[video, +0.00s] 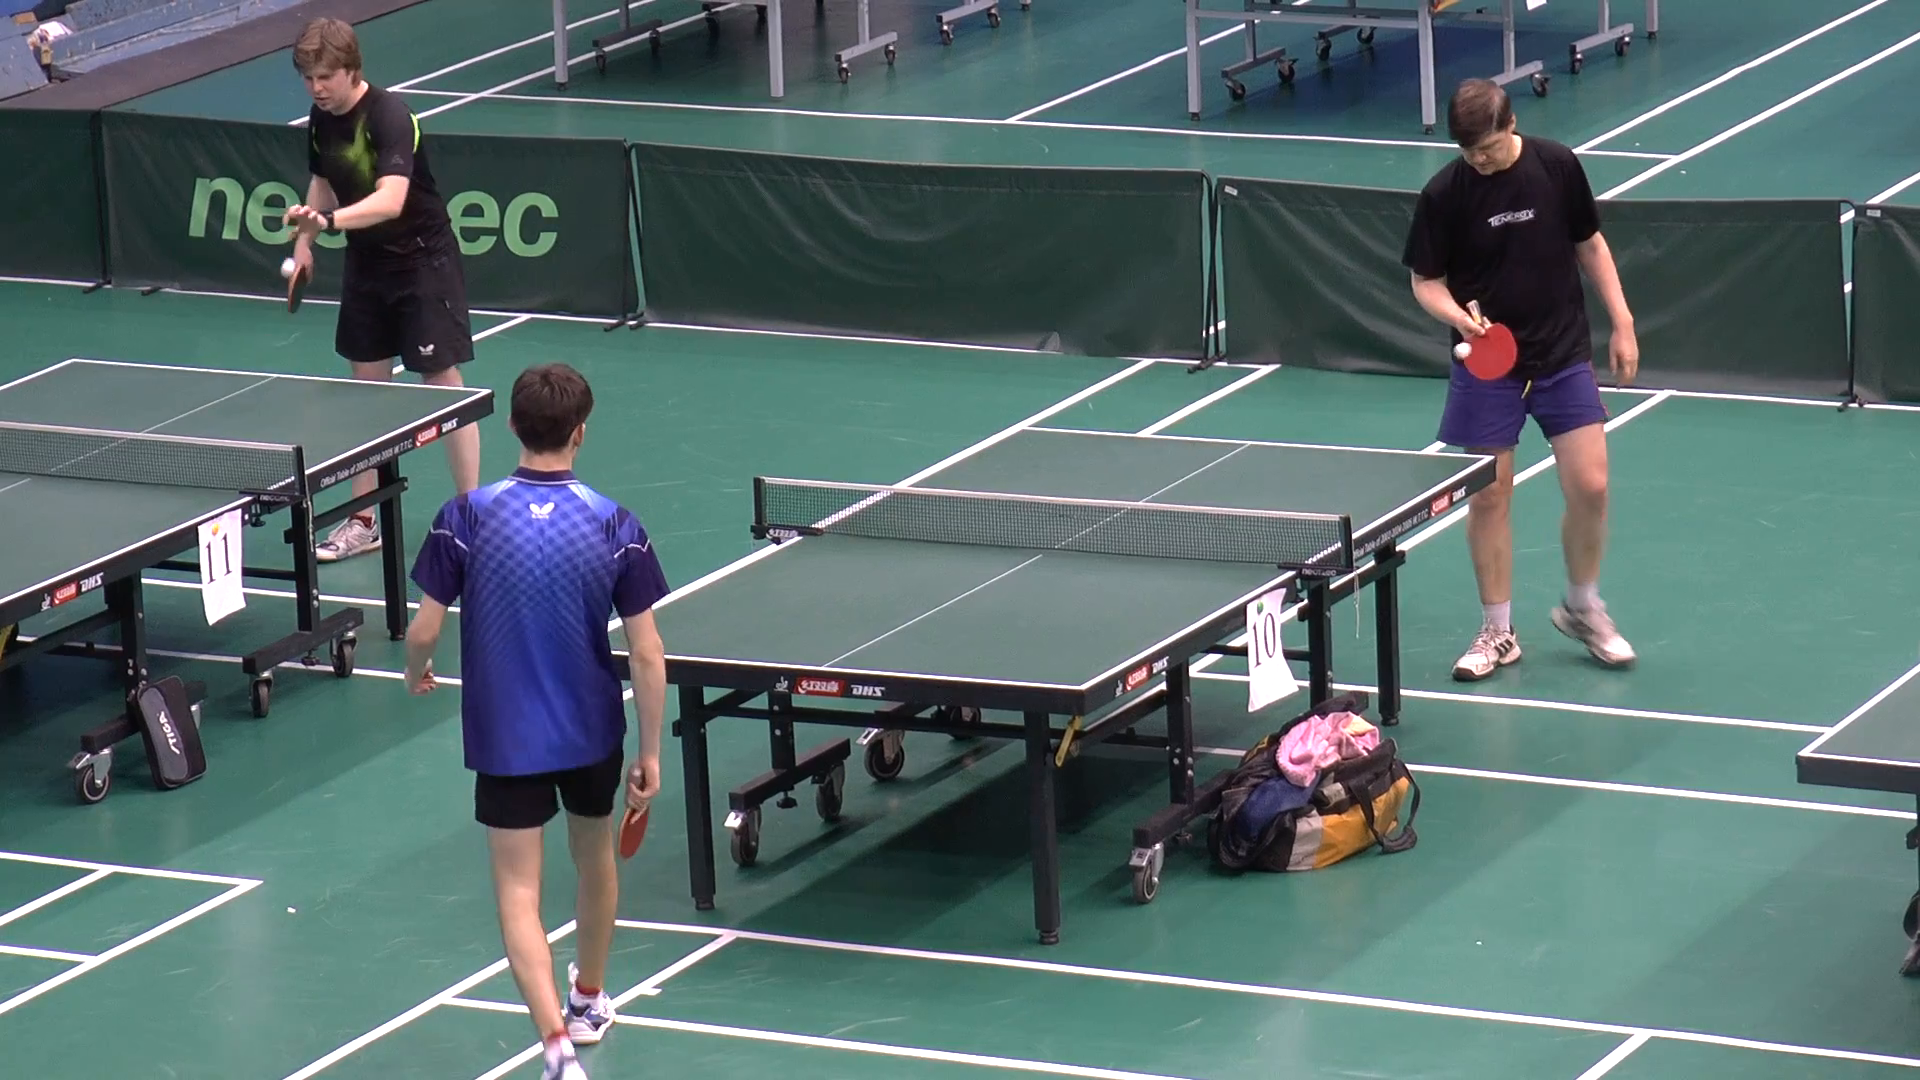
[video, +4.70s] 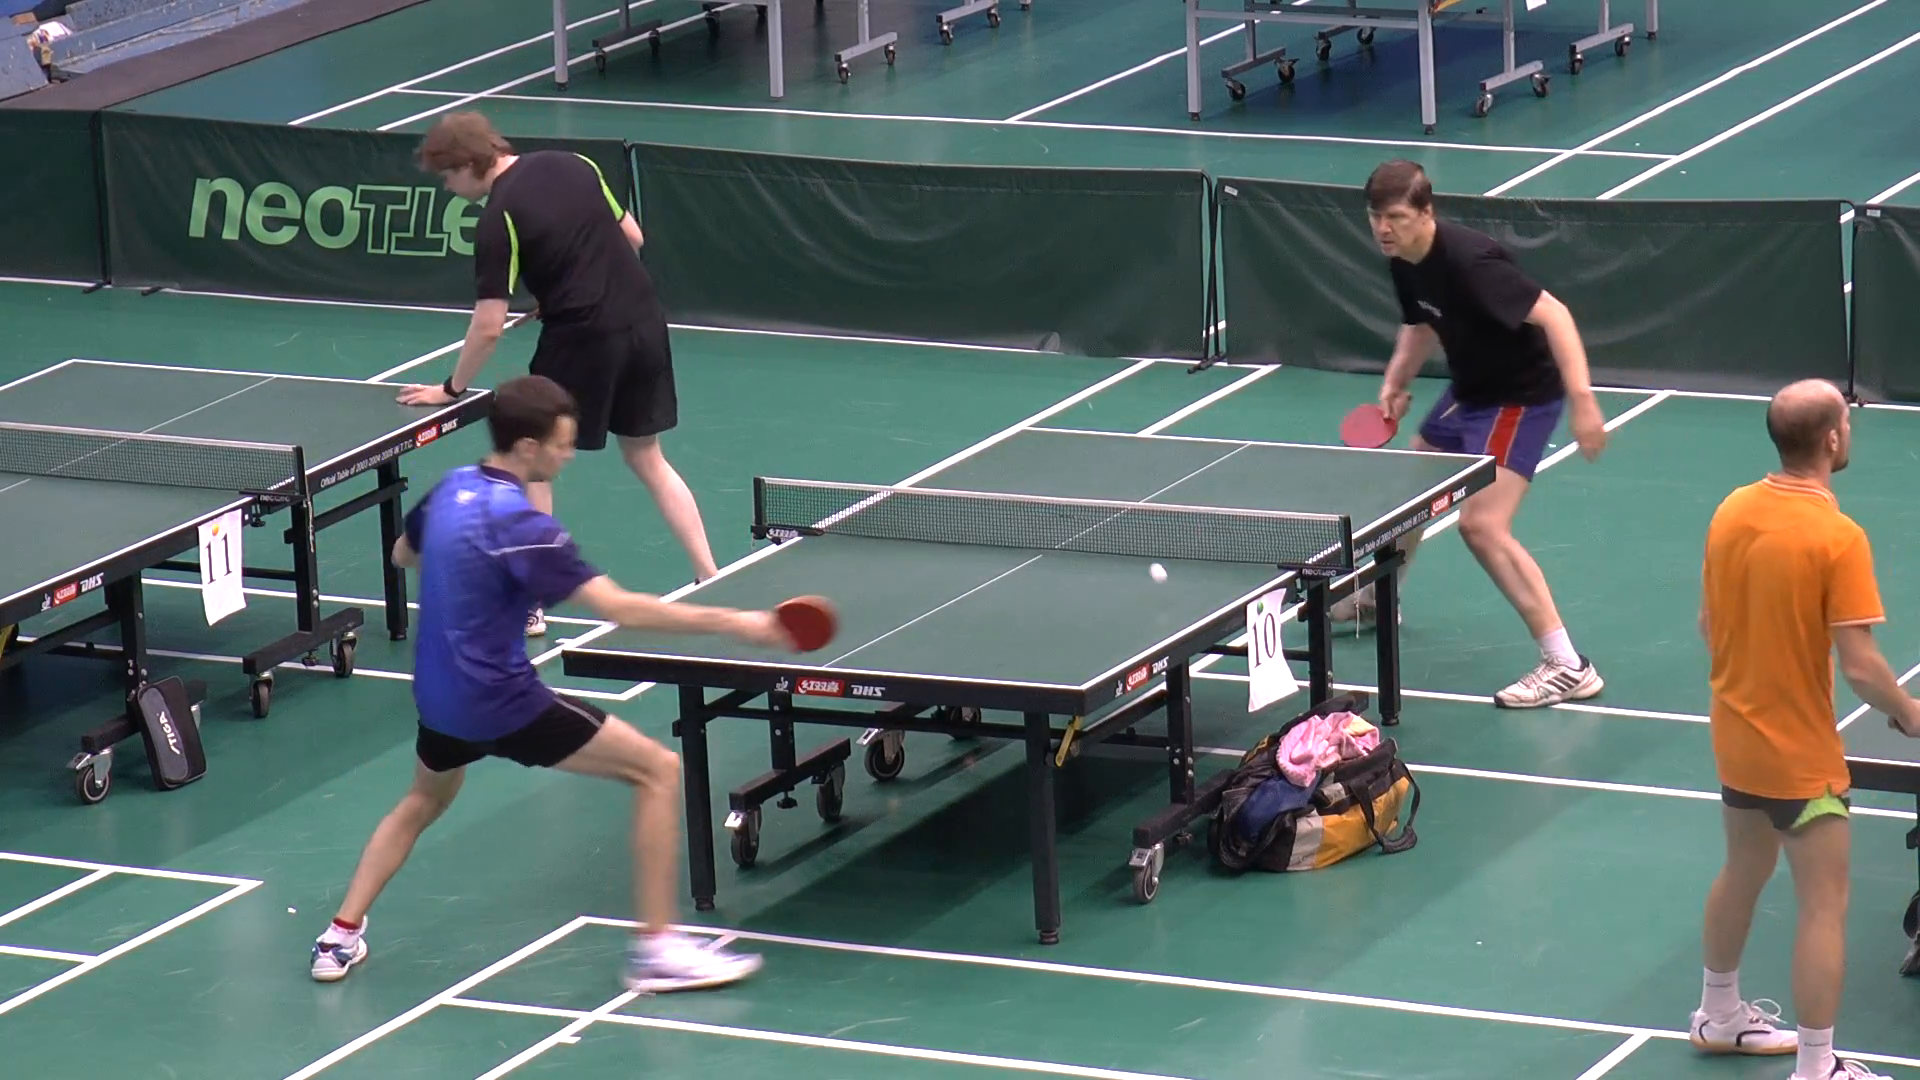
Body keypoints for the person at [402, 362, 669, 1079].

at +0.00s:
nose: (577, 432)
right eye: (580, 423)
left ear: (511, 427)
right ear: (580, 430)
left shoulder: (465, 516)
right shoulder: (612, 523)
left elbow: (422, 633)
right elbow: (648, 656)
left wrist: (418, 669)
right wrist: (650, 752)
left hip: (505, 740)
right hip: (589, 735)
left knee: (518, 894)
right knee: (598, 861)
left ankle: (558, 1052)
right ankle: (587, 1000)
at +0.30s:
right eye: (581, 386)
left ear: (516, 385)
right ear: (583, 392)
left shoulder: (464, 462)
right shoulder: (607, 478)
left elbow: (437, 588)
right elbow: (644, 594)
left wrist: (466, 651)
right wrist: (642, 657)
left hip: (485, 690)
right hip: (574, 693)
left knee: (466, 807)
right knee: (586, 828)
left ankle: (492, 966)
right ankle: (586, 995)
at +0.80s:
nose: (505, 361)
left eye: (501, 351)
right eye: (502, 352)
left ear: (436, 363)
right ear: (489, 363)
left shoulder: (392, 438)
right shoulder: (506, 455)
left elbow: (364, 546)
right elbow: (535, 583)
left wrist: (405, 596)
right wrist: (560, 608)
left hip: (426, 661)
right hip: (504, 664)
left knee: (433, 789)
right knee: (548, 797)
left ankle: (440, 952)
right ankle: (537, 965)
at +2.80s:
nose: (446, 356)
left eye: (443, 345)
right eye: (442, 347)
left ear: (376, 364)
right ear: (426, 361)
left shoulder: (349, 431)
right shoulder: (440, 450)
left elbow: (327, 538)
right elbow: (458, 574)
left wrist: (377, 597)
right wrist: (522, 599)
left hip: (381, 650)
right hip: (442, 657)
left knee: (355, 781)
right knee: (472, 803)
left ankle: (340, 912)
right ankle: (486, 974)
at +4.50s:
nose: (524, 418)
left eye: (524, 406)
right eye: (521, 406)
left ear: (458, 402)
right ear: (493, 410)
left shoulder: (404, 460)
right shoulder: (481, 490)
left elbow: (357, 562)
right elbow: (525, 609)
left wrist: (424, 595)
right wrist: (613, 623)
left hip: (408, 676)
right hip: (469, 686)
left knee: (416, 778)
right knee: (572, 808)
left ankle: (346, 926)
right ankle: (495, 966)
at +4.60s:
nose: (530, 440)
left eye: (530, 428)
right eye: (525, 428)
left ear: (467, 425)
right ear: (495, 430)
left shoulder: (412, 481)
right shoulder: (488, 513)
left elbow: (376, 573)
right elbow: (550, 617)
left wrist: (467, 598)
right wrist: (657, 638)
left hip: (418, 693)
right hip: (481, 699)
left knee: (418, 794)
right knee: (619, 786)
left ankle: (339, 934)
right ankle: (535, 936)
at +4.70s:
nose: (568, 456)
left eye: (568, 444)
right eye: (563, 445)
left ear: (512, 442)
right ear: (525, 445)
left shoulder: (451, 488)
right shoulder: (528, 525)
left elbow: (404, 553)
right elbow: (620, 608)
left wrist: (496, 581)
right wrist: (735, 621)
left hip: (438, 702)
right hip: (503, 706)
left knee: (421, 802)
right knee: (658, 769)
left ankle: (340, 933)